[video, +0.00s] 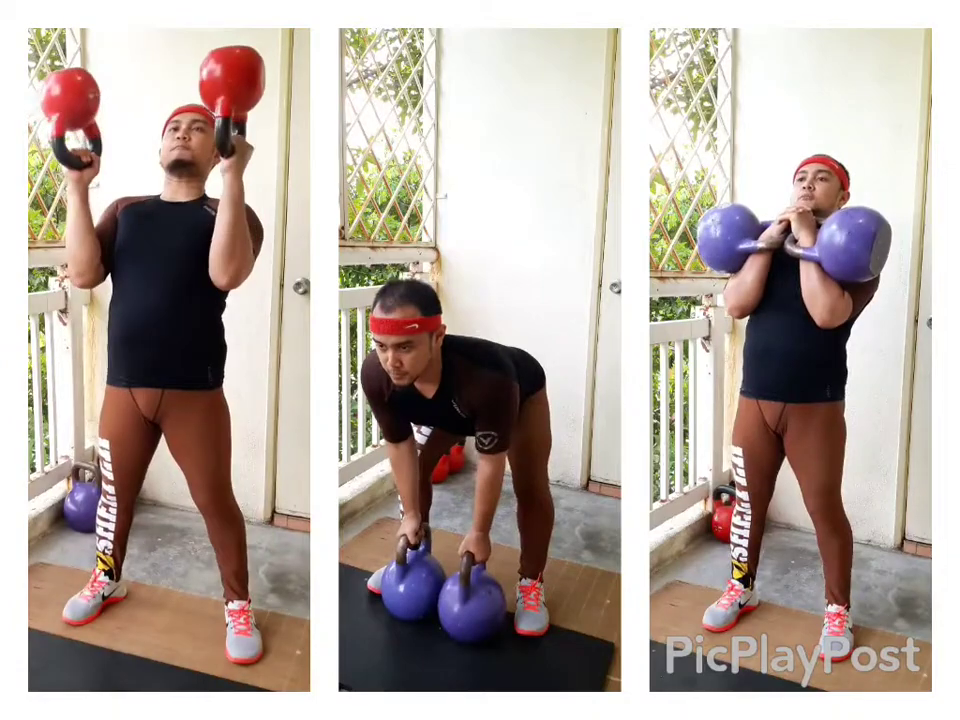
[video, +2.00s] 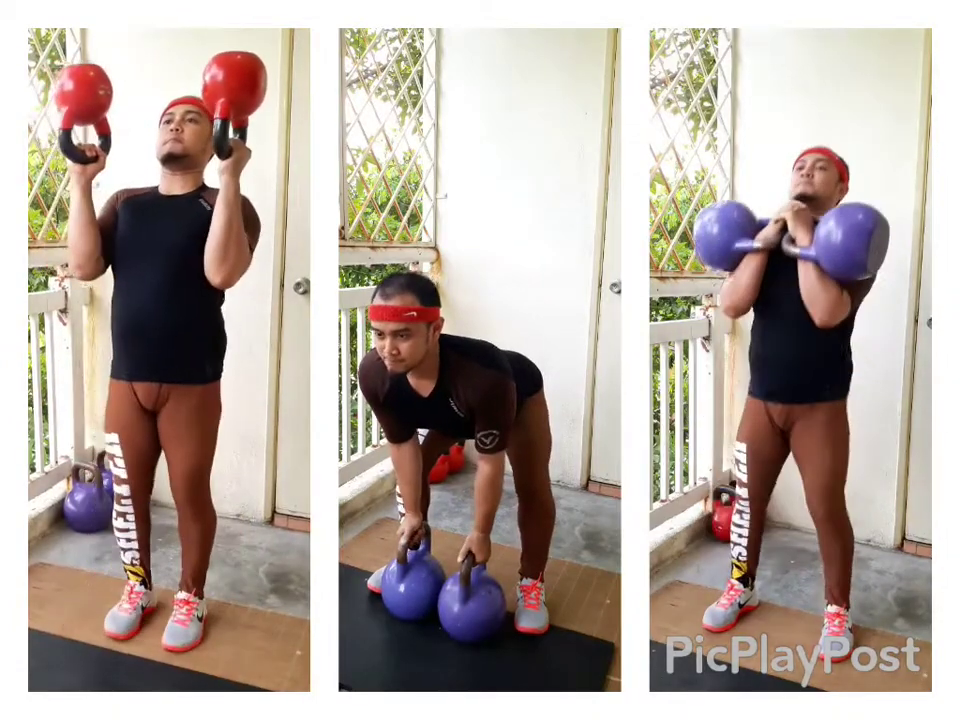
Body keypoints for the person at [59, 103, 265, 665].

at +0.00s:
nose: (181, 135)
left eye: (195, 129)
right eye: (173, 129)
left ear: (216, 152)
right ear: (158, 151)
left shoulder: (233, 216)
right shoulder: (125, 210)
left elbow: (226, 275)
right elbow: (83, 275)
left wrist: (232, 174)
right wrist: (78, 186)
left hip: (194, 392)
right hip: (123, 387)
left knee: (216, 503)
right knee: (115, 493)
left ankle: (238, 604)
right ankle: (106, 576)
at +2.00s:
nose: (174, 127)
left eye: (190, 121)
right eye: (167, 121)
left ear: (213, 140)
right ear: (156, 140)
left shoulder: (231, 207)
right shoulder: (125, 202)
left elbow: (222, 272)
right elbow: (84, 266)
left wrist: (228, 179)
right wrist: (82, 182)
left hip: (191, 379)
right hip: (126, 375)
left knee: (189, 493)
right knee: (131, 490)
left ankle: (190, 597)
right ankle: (136, 586)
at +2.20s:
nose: (178, 126)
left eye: (193, 120)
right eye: (170, 120)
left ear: (216, 140)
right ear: (159, 139)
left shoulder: (234, 209)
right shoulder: (126, 200)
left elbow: (224, 274)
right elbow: (86, 264)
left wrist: (231, 180)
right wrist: (87, 177)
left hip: (191, 377)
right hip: (125, 373)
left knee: (189, 493)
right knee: (131, 490)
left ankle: (189, 597)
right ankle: (136, 586)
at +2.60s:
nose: (188, 127)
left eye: (203, 119)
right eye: (180, 121)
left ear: (227, 138)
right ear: (169, 142)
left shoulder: (247, 205)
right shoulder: (140, 203)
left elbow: (235, 271)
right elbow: (100, 268)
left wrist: (235, 180)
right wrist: (98, 186)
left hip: (211, 381)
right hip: (146, 378)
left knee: (199, 497)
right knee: (140, 490)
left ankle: (191, 595)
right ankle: (166, 546)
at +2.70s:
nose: (188, 130)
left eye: (203, 122)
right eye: (180, 123)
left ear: (227, 141)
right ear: (169, 143)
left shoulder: (247, 207)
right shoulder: (140, 206)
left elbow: (236, 273)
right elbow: (102, 272)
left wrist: (237, 181)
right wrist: (98, 189)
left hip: (213, 379)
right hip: (150, 378)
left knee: (197, 496)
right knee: (151, 484)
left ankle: (190, 596)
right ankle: (195, 502)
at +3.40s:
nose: (196, 233)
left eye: (208, 226)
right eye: (188, 226)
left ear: (228, 241)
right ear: (177, 241)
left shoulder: (252, 303)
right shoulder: (153, 300)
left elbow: (237, 370)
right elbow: (120, 366)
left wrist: (239, 284)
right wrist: (107, 293)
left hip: (228, 436)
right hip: (171, 437)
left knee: (188, 511)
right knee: (179, 513)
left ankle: (188, 601)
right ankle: (195, 572)